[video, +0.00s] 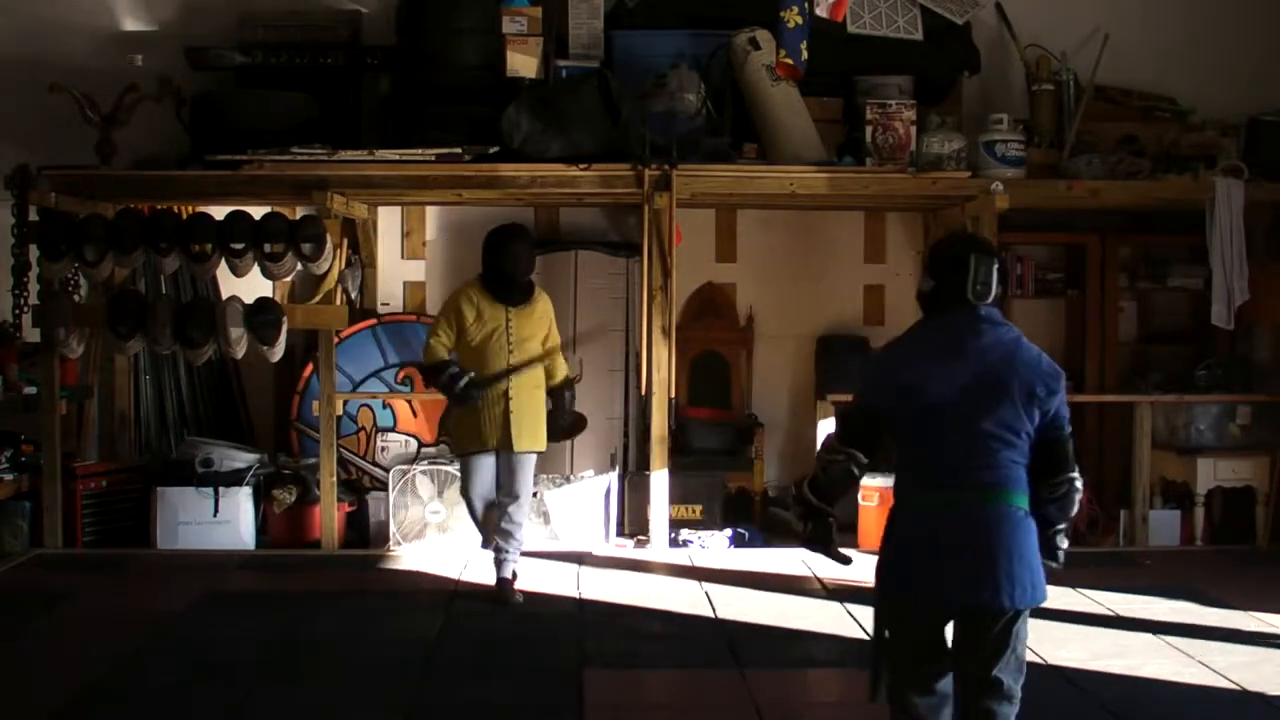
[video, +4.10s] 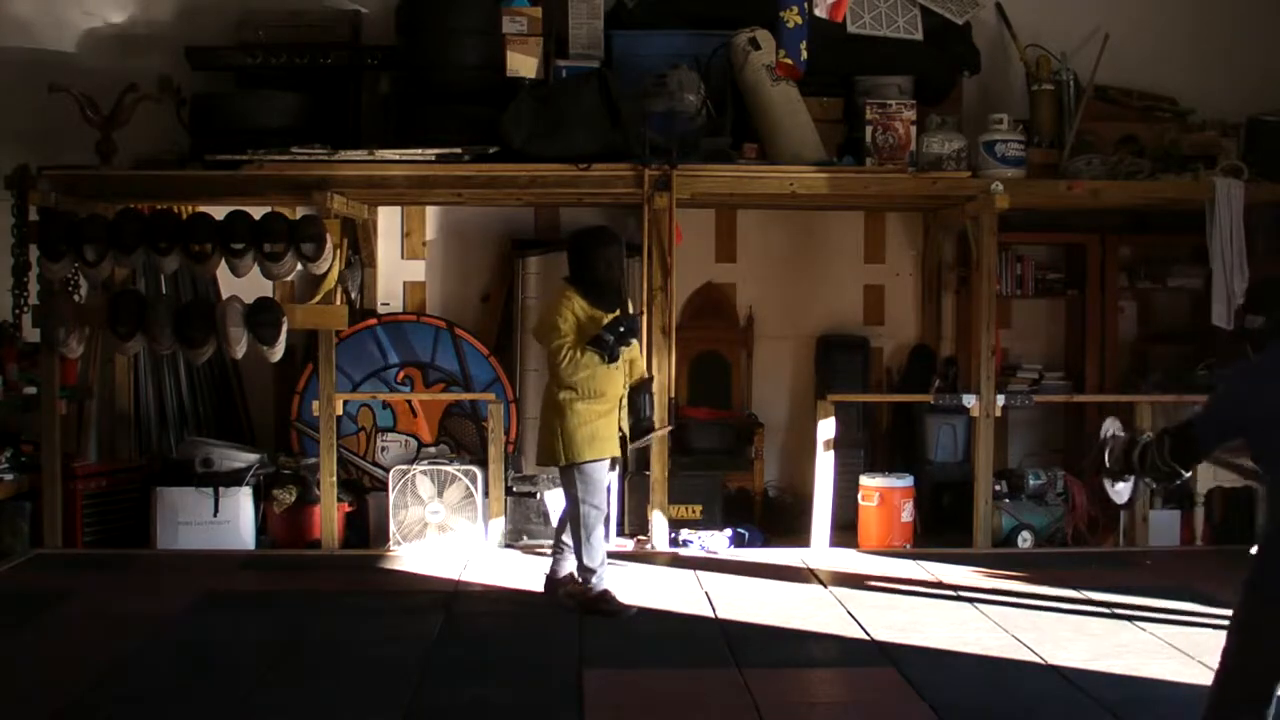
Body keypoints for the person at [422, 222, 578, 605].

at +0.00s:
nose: (527, 268)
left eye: (529, 260)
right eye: (517, 260)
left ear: (533, 262)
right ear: (495, 261)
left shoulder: (540, 303)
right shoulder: (466, 300)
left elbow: (553, 355)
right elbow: (433, 351)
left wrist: (563, 401)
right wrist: (454, 379)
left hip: (525, 419)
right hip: (478, 417)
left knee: (517, 496)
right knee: (478, 494)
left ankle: (507, 572)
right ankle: (498, 545)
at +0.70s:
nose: (517, 269)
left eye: (524, 259)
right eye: (509, 260)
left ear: (534, 259)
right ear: (493, 262)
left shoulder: (552, 298)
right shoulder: (479, 302)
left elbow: (571, 348)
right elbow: (462, 359)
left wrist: (587, 392)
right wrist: (490, 344)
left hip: (542, 412)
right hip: (496, 414)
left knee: (541, 488)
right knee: (498, 491)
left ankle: (543, 567)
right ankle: (503, 565)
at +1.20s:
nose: (570, 270)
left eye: (574, 262)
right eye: (560, 262)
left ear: (580, 263)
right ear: (543, 265)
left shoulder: (592, 300)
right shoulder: (523, 302)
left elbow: (609, 353)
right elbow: (506, 362)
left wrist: (623, 393)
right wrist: (544, 345)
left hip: (588, 417)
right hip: (542, 420)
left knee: (587, 499)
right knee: (526, 498)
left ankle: (586, 570)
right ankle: (511, 566)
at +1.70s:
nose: (609, 265)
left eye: (609, 256)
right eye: (600, 258)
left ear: (613, 259)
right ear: (577, 262)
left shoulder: (622, 302)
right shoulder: (557, 303)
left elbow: (636, 355)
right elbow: (536, 360)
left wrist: (646, 380)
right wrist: (575, 342)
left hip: (618, 416)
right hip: (578, 417)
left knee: (605, 498)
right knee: (580, 495)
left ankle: (587, 571)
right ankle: (567, 576)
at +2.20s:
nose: (622, 267)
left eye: (623, 259)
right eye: (613, 259)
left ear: (623, 263)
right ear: (590, 263)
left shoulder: (628, 305)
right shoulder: (563, 308)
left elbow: (637, 360)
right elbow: (541, 369)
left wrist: (645, 392)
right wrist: (575, 397)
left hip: (619, 430)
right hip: (582, 431)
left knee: (605, 507)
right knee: (591, 509)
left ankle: (589, 577)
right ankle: (593, 585)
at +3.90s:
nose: (617, 270)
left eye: (617, 261)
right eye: (608, 262)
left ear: (616, 265)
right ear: (587, 265)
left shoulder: (616, 309)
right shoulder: (561, 309)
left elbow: (630, 375)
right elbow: (564, 373)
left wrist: (629, 346)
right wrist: (605, 348)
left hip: (607, 421)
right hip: (575, 421)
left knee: (577, 499)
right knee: (592, 501)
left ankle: (554, 576)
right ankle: (595, 586)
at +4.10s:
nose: (618, 270)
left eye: (619, 261)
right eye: (610, 261)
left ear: (617, 263)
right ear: (589, 263)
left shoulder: (616, 306)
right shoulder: (564, 305)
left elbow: (634, 365)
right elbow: (567, 370)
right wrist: (610, 339)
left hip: (607, 419)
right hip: (576, 420)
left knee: (587, 501)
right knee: (591, 504)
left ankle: (561, 575)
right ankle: (594, 585)